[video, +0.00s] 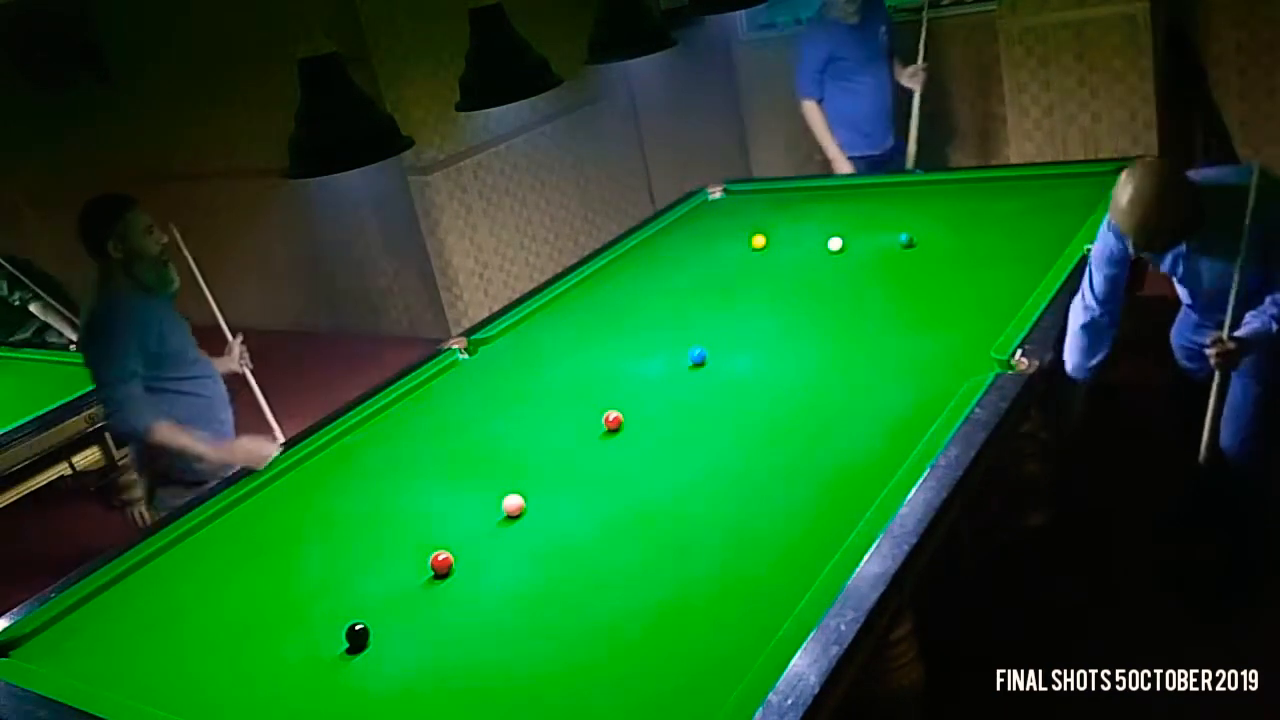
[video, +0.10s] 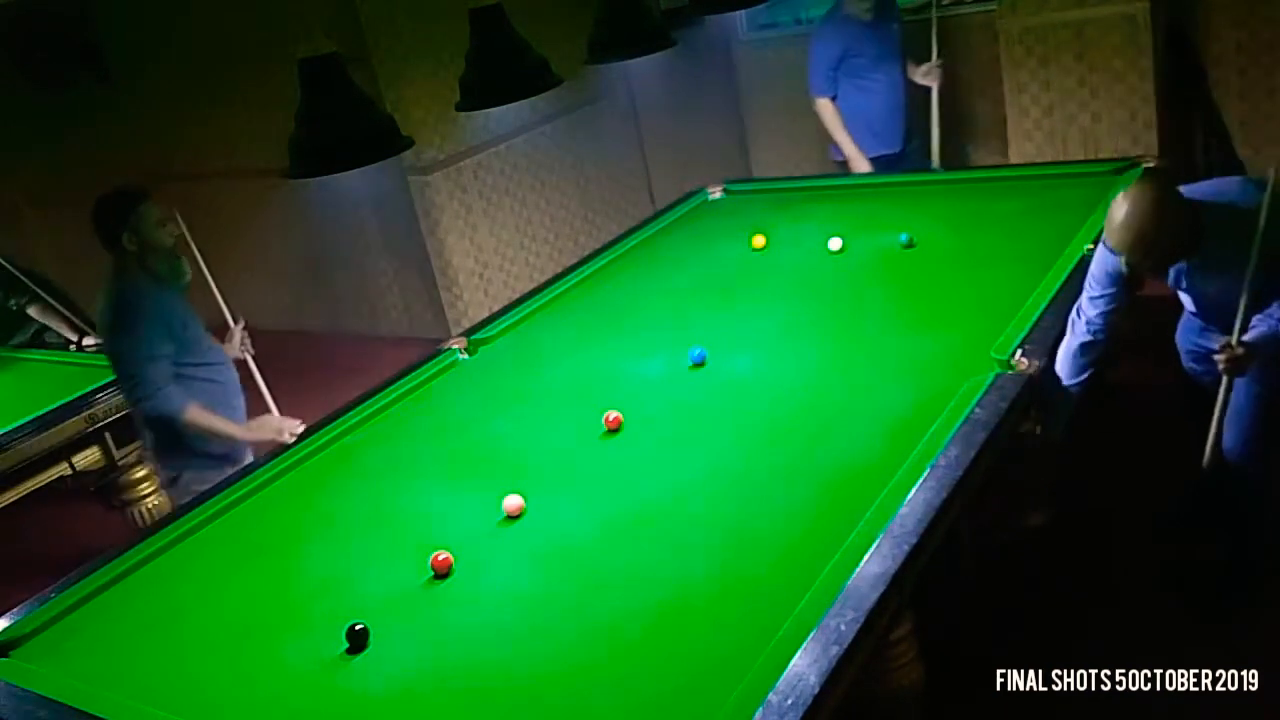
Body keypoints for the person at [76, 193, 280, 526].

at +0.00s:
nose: (163, 239)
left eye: (156, 228)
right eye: (148, 232)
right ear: (117, 249)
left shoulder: (145, 298)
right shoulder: (114, 315)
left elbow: (168, 364)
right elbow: (127, 414)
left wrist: (222, 364)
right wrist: (222, 450)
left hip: (214, 474)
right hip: (185, 488)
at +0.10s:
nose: (175, 231)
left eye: (169, 221)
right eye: (161, 225)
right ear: (131, 241)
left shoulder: (154, 290)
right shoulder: (136, 301)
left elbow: (174, 363)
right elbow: (156, 398)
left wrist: (223, 352)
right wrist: (244, 431)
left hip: (227, 464)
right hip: (202, 480)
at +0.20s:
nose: (187, 221)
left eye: (182, 211)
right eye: (173, 214)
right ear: (144, 230)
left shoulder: (164, 279)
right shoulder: (153, 286)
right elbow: (173, 382)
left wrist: (224, 336)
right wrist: (258, 415)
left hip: (232, 446)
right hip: (215, 457)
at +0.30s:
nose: (201, 211)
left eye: (196, 201)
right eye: (187, 205)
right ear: (159, 218)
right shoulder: (170, 272)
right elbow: (188, 368)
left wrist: (228, 322)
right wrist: (271, 402)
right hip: (230, 434)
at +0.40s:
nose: (217, 205)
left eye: (211, 196)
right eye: (203, 199)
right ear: (176, 213)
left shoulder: (180, 260)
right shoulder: (187, 266)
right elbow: (203, 359)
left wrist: (237, 313)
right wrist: (282, 394)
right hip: (244, 428)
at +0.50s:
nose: (237, 202)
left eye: (231, 193)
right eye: (223, 196)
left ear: (195, 210)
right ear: (195, 209)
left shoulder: (188, 258)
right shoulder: (209, 261)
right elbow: (223, 350)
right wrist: (296, 386)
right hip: (260, 418)